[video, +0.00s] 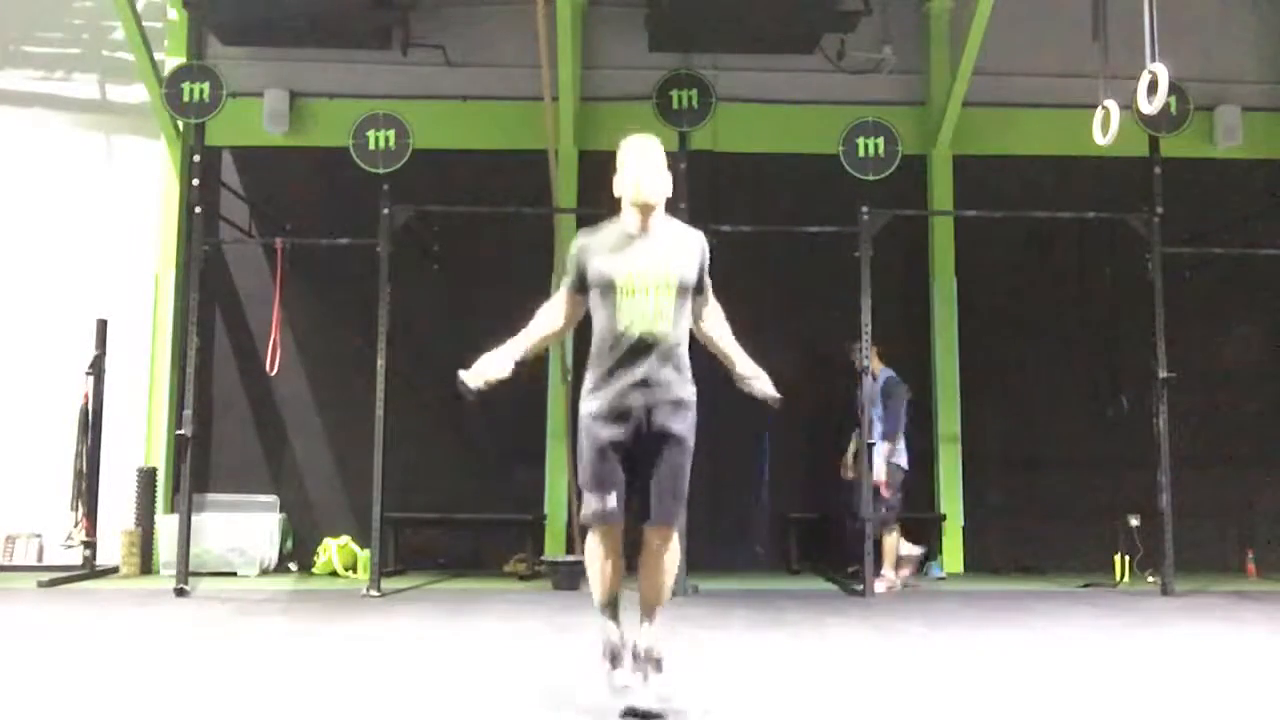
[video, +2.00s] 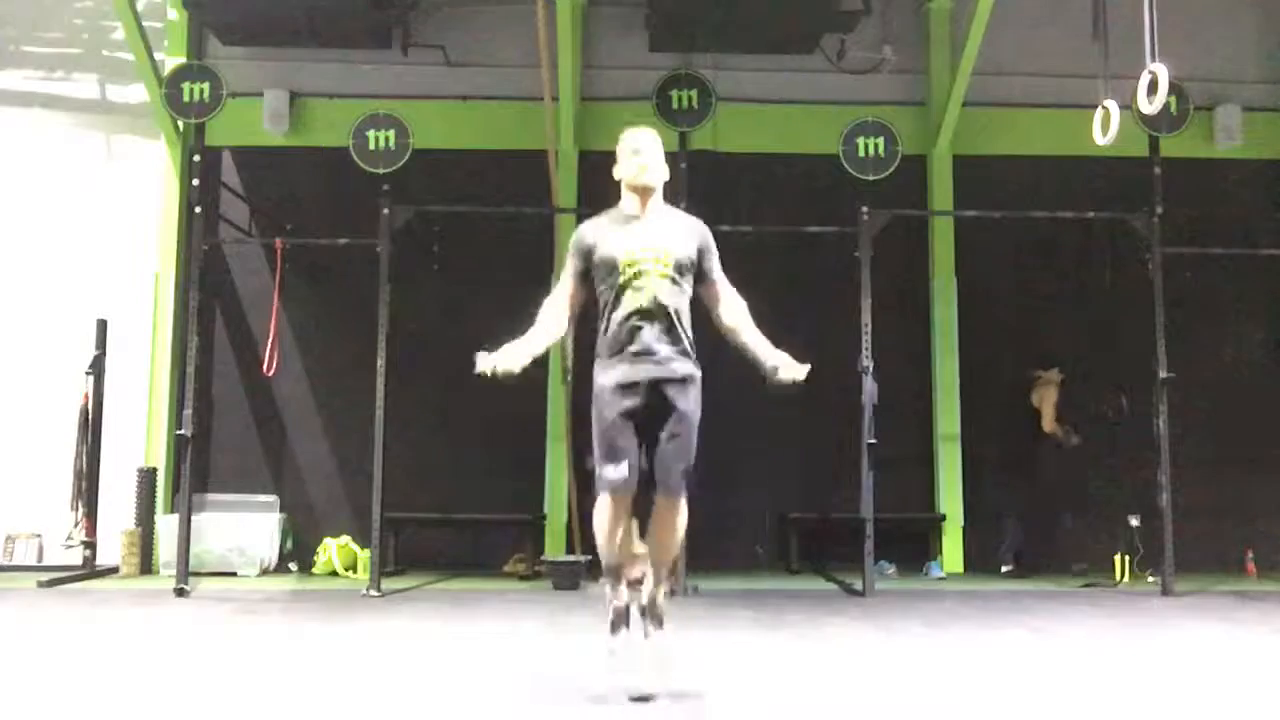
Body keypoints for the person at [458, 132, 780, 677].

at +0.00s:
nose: (645, 177)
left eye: (653, 168)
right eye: (635, 168)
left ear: (668, 178)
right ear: (618, 179)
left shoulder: (692, 244)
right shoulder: (589, 245)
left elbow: (705, 312)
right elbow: (563, 311)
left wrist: (745, 368)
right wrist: (505, 355)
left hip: (672, 399)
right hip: (605, 399)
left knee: (664, 524)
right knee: (603, 517)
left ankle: (649, 636)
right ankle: (608, 626)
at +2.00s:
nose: (644, 162)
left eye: (652, 154)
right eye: (634, 154)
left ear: (666, 167)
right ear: (617, 167)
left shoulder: (693, 231)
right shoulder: (591, 234)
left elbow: (725, 303)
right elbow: (561, 308)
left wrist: (771, 356)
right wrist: (517, 351)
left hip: (677, 370)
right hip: (616, 370)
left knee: (672, 486)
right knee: (617, 481)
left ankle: (656, 594)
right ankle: (614, 592)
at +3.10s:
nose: (647, 175)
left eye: (654, 166)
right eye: (636, 166)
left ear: (667, 176)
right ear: (619, 176)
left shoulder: (696, 238)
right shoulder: (593, 244)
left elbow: (729, 311)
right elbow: (562, 319)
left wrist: (775, 365)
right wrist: (517, 360)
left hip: (678, 385)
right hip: (616, 386)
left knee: (672, 504)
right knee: (617, 501)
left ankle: (662, 614)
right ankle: (618, 613)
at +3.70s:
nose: (648, 165)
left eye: (656, 157)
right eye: (638, 157)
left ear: (670, 170)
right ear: (620, 170)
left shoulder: (696, 234)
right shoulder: (594, 237)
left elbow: (728, 304)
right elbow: (565, 309)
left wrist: (775, 357)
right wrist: (524, 355)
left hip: (678, 374)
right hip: (616, 375)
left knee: (674, 493)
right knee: (619, 485)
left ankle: (664, 601)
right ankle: (618, 597)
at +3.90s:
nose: (648, 177)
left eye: (656, 169)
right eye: (638, 169)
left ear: (669, 179)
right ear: (620, 181)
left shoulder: (695, 243)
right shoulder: (595, 244)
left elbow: (715, 312)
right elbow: (569, 313)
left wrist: (752, 367)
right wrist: (524, 360)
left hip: (679, 385)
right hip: (616, 385)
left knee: (674, 505)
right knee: (618, 499)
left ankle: (660, 620)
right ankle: (617, 619)